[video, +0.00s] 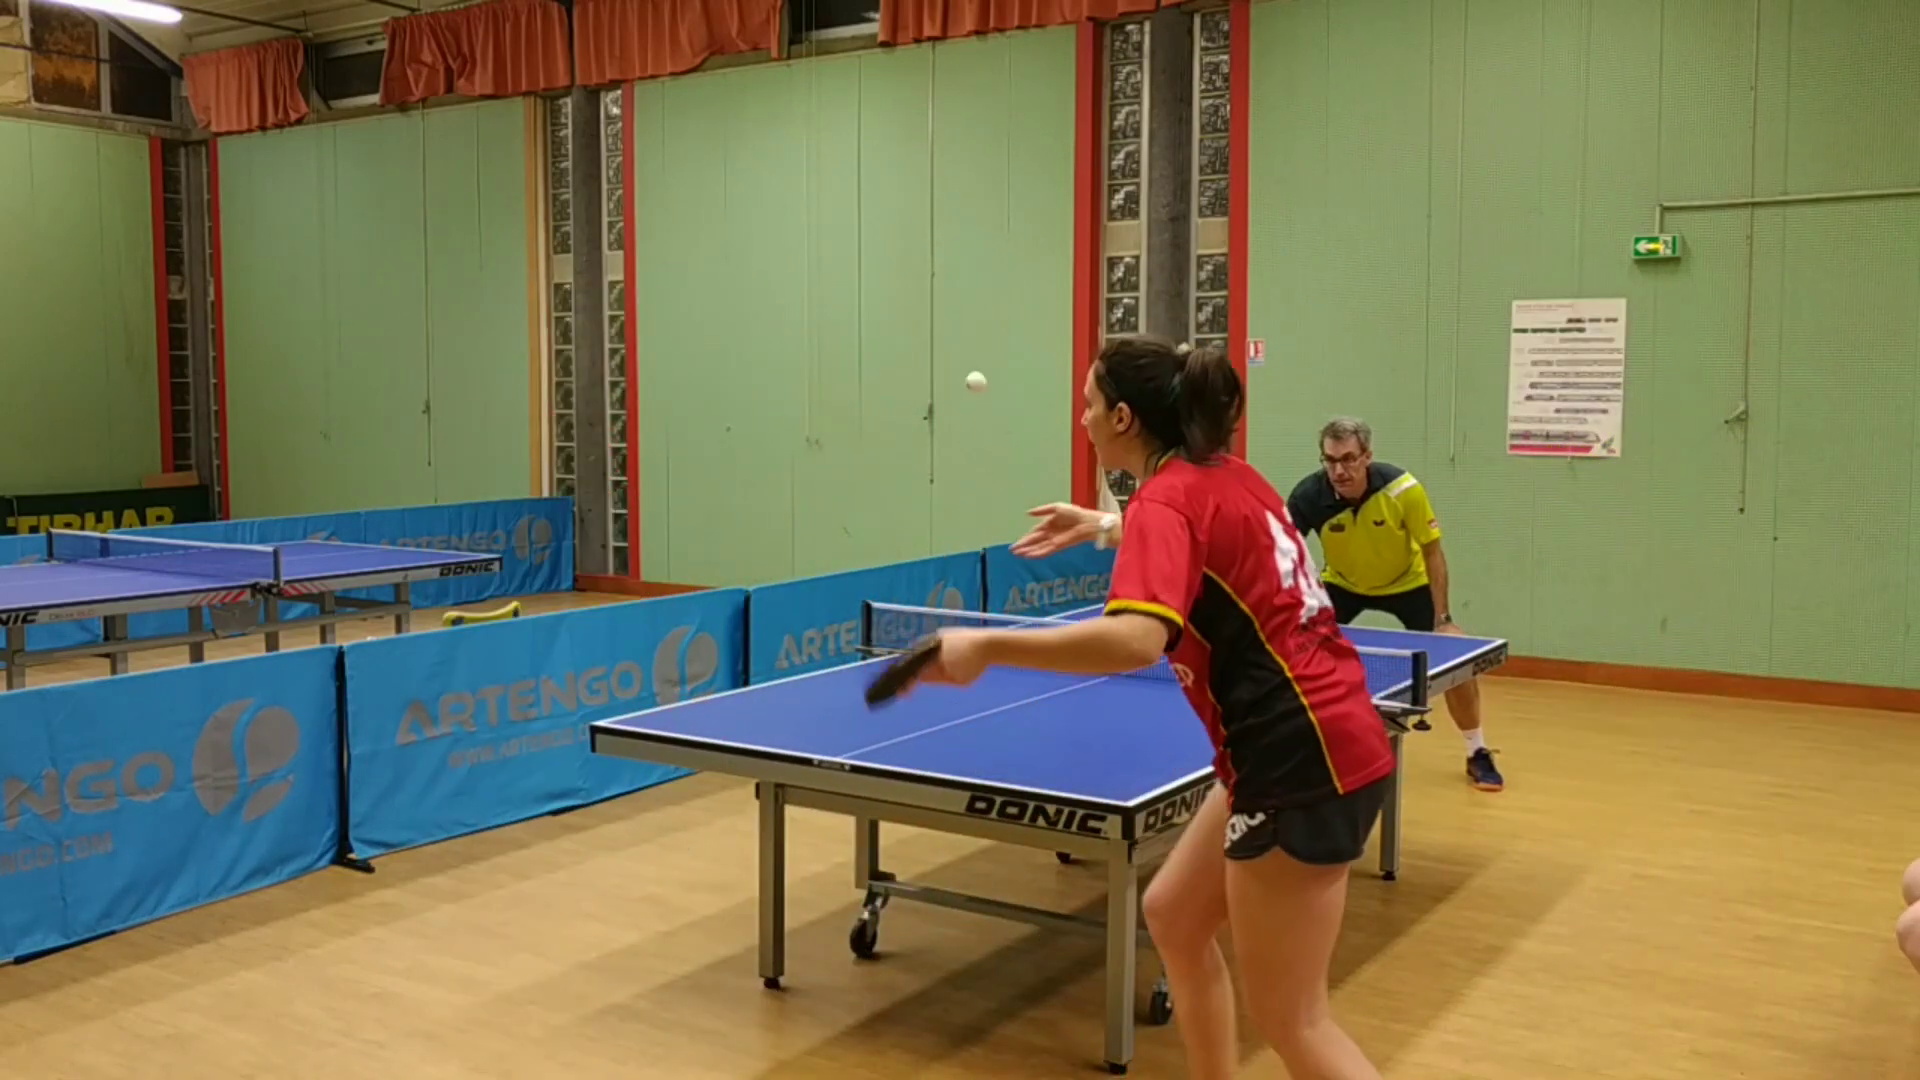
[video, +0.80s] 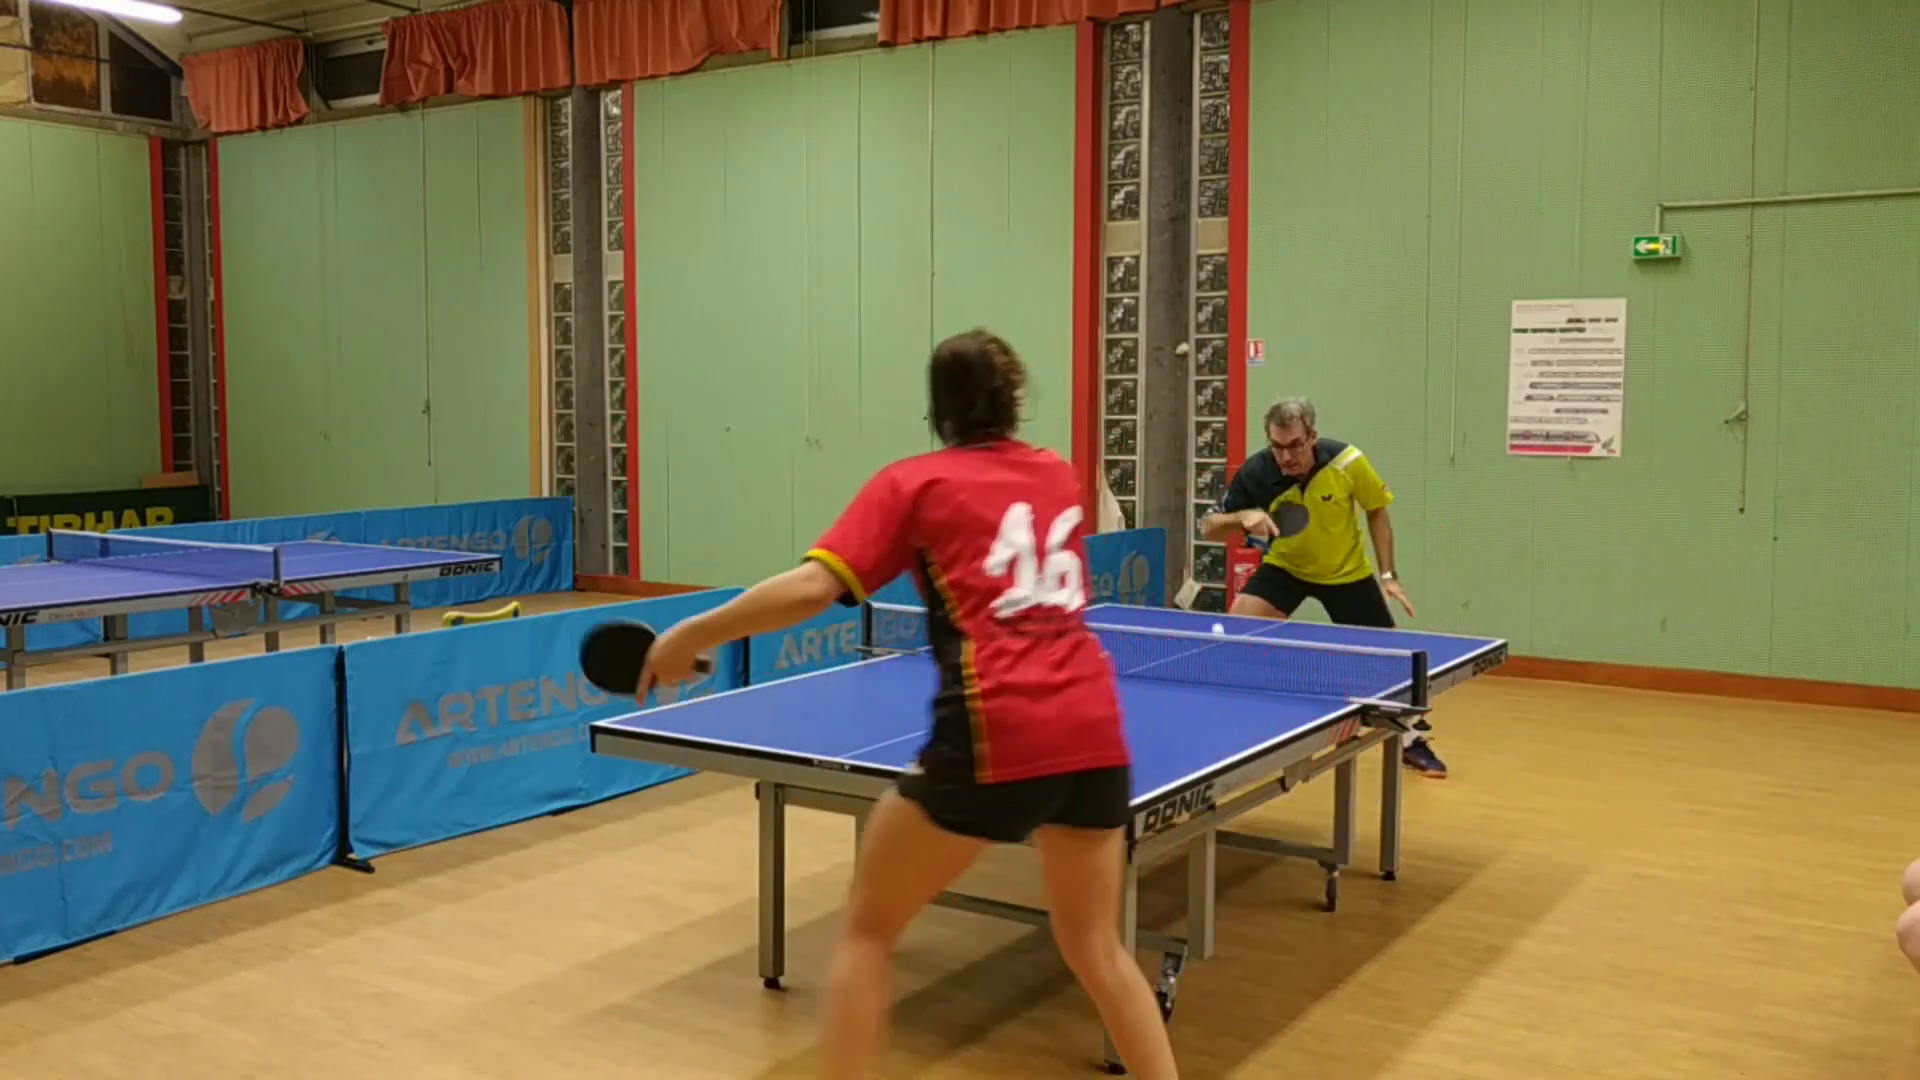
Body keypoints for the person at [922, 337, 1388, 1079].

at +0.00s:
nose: (1084, 416)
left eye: (1089, 403)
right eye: (1086, 401)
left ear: (1119, 418)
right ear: (1164, 417)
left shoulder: (1167, 499)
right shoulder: (1236, 476)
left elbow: (1137, 637)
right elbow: (1213, 552)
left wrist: (988, 645)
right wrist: (1108, 523)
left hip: (1305, 764)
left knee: (1292, 1020)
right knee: (1175, 912)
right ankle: (1218, 1072)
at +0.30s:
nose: (1041, 465)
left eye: (1043, 446)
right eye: (1039, 448)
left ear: (1077, 441)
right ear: (1112, 434)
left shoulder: (1118, 507)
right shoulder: (1206, 486)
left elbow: (1160, 617)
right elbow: (1238, 570)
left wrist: (1052, 665)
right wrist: (1126, 563)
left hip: (1273, 769)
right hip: (1317, 738)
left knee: (1288, 1026)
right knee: (1159, 899)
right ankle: (1244, 1067)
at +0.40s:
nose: (1028, 457)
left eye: (1026, 442)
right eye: (1025, 443)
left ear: (1043, 440)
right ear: (1119, 428)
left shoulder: (1074, 506)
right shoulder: (1183, 485)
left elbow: (1088, 636)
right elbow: (1234, 601)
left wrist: (1081, 707)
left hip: (1228, 775)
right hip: (1284, 753)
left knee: (1266, 1021)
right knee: (1162, 923)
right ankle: (1189, 1073)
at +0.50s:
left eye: (1037, 410)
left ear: (1039, 418)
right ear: (1117, 409)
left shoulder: (1034, 498)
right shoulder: (1159, 476)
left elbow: (1005, 621)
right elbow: (1197, 596)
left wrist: (988, 741)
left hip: (1170, 768)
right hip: (1243, 746)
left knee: (1175, 1006)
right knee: (1172, 985)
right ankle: (1176, 1067)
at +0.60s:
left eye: (1016, 391)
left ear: (1015, 402)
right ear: (1089, 396)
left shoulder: (1003, 483)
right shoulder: (1136, 468)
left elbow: (934, 598)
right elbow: (1156, 596)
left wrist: (854, 710)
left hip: (1112, 750)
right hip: (1199, 734)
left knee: (1059, 956)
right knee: (1138, 941)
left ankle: (1196, 1068)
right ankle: (1170, 1071)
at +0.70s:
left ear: (982, 396)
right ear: (1060, 393)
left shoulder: (965, 475)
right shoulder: (1101, 463)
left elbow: (866, 581)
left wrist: (747, 663)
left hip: (1058, 738)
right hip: (1152, 728)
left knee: (957, 923)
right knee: (1125, 939)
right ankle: (1172, 1072)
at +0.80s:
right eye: (1007, 387)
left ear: (937, 402)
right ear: (1013, 398)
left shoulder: (915, 482)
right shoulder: (1059, 473)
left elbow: (816, 586)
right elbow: (1093, 521)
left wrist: (690, 636)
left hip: (991, 747)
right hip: (1097, 739)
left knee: (868, 931)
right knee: (1099, 948)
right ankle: (1161, 1073)